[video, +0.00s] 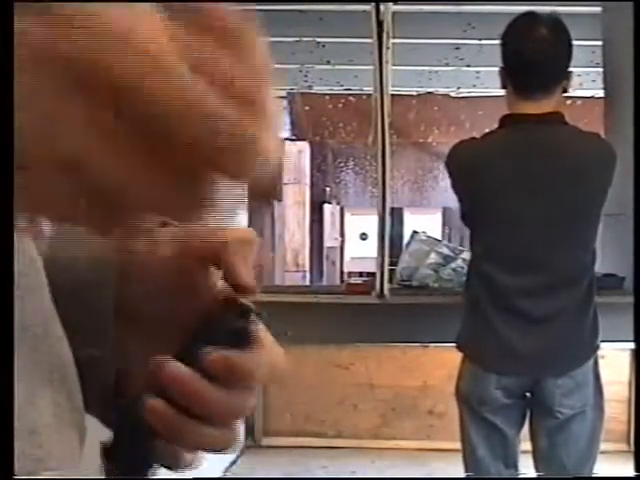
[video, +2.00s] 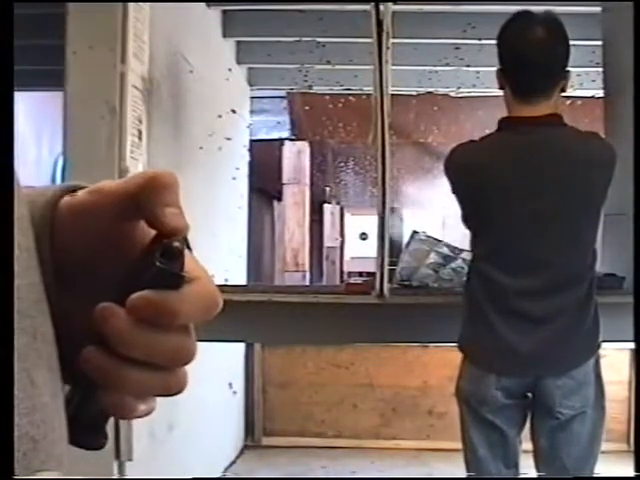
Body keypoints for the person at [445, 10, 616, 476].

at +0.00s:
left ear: (502, 77)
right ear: (567, 81)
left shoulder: (466, 159)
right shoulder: (598, 156)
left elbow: (478, 219)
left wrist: (526, 126)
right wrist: (548, 119)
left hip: (491, 356)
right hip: (568, 358)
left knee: (489, 472)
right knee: (568, 472)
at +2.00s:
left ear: (500, 81)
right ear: (565, 82)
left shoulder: (465, 162)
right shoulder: (597, 156)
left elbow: (484, 221)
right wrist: (547, 118)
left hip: (491, 359)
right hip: (570, 360)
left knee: (490, 472)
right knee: (569, 472)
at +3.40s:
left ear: (497, 79)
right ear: (562, 80)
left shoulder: (461, 161)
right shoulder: (594, 155)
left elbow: (476, 221)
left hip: (488, 359)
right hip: (567, 360)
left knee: (487, 472)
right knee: (567, 472)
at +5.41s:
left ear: (494, 80)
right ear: (560, 80)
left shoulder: (458, 162)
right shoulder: (592, 155)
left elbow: (472, 223)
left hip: (485, 361)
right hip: (565, 361)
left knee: (486, 472)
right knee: (565, 472)